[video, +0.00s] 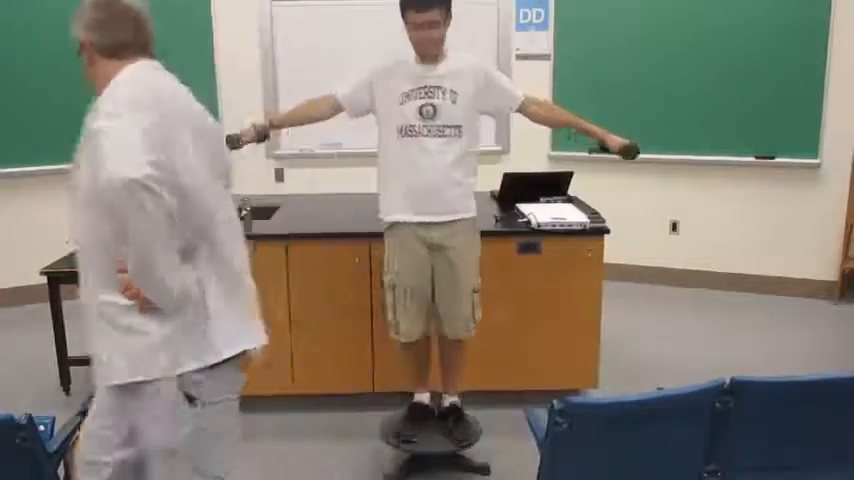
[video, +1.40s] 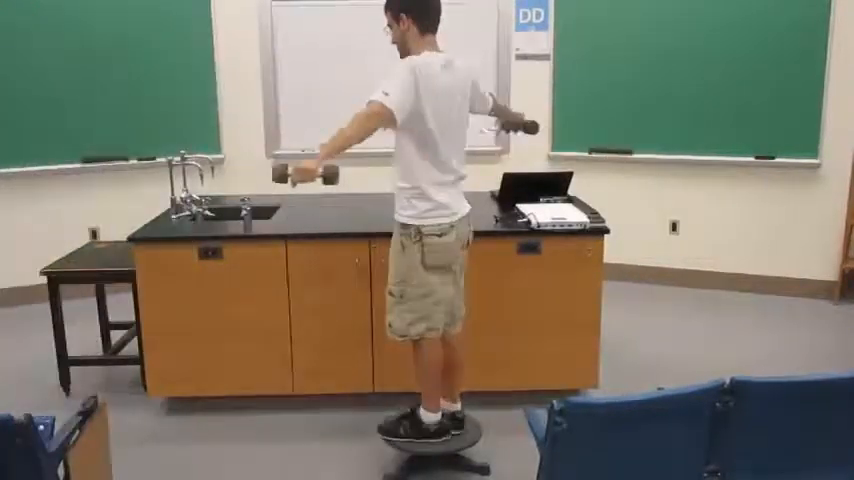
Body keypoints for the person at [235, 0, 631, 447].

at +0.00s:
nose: (427, 34)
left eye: (434, 25)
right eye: (418, 26)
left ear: (448, 24)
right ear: (405, 26)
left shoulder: (474, 75)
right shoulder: (384, 78)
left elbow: (534, 108)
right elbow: (329, 105)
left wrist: (601, 134)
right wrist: (271, 123)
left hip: (457, 218)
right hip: (403, 218)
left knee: (455, 319)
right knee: (412, 320)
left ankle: (451, 403)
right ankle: (421, 400)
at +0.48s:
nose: (402, 36)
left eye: (409, 25)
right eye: (396, 27)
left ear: (437, 22)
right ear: (392, 27)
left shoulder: (467, 74)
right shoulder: (393, 73)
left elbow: (519, 112)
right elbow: (356, 103)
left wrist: (577, 143)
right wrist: (303, 124)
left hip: (450, 219)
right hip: (400, 217)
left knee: (449, 323)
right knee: (417, 320)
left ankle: (452, 411)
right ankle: (430, 400)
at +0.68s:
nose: (395, 35)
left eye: (402, 26)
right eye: (391, 27)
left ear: (432, 23)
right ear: (392, 28)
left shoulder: (459, 74)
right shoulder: (403, 74)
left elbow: (500, 113)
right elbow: (378, 103)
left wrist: (545, 152)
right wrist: (352, 117)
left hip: (446, 217)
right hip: (406, 214)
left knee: (446, 324)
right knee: (421, 320)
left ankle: (453, 414)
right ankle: (437, 401)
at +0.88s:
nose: (389, 35)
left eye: (395, 26)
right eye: (387, 27)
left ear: (426, 22)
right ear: (414, 24)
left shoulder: (446, 74)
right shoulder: (416, 76)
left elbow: (473, 112)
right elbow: (405, 107)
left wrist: (491, 154)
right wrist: (387, 120)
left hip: (441, 219)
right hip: (413, 216)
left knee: (440, 324)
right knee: (424, 321)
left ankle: (449, 414)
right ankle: (441, 402)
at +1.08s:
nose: (387, 35)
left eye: (392, 25)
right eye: (386, 27)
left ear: (421, 23)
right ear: (415, 25)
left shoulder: (438, 67)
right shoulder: (425, 69)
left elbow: (442, 114)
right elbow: (434, 126)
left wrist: (435, 159)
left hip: (435, 219)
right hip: (421, 217)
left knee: (435, 320)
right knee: (427, 318)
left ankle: (445, 415)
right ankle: (439, 403)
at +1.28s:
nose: (387, 36)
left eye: (390, 26)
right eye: (386, 27)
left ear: (414, 22)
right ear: (425, 23)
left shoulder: (427, 69)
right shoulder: (450, 68)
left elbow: (410, 113)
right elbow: (456, 128)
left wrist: (371, 159)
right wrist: (408, 151)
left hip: (428, 221)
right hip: (443, 218)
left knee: (431, 325)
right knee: (437, 323)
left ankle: (437, 417)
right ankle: (447, 406)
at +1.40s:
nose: (391, 36)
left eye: (391, 26)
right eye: (389, 27)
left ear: (407, 22)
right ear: (430, 23)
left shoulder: (409, 72)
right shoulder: (459, 71)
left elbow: (372, 118)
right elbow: (493, 108)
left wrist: (319, 157)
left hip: (423, 223)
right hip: (454, 217)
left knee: (424, 326)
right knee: (448, 324)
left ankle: (431, 416)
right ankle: (451, 408)